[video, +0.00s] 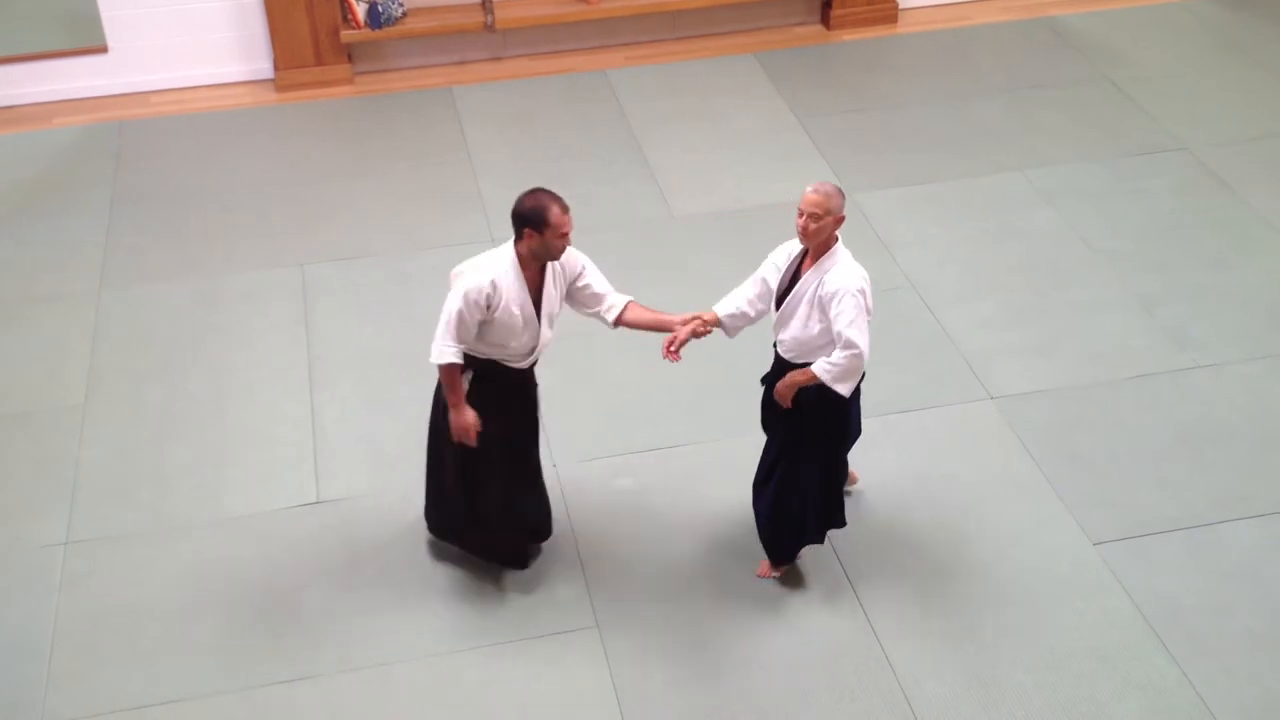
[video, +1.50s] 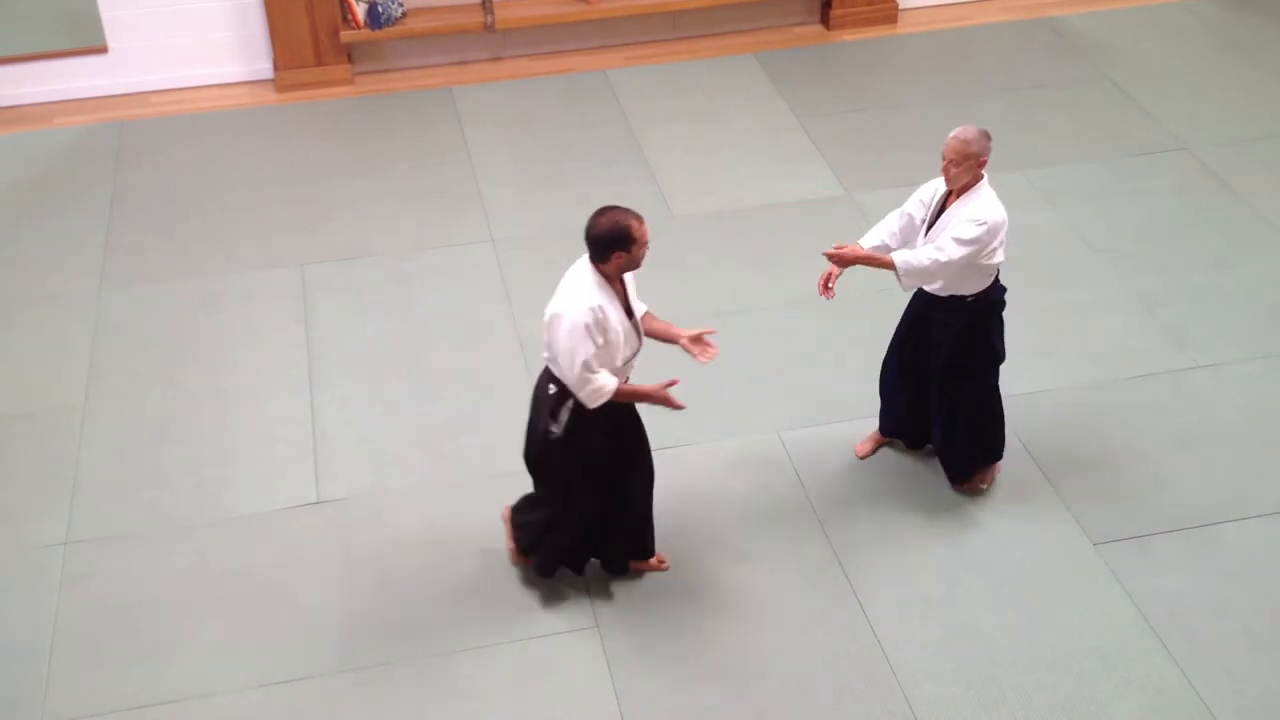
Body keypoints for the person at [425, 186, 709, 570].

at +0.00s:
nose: (568, 241)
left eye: (569, 232)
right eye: (561, 234)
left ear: (534, 236)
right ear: (529, 236)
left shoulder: (567, 265)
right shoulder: (480, 279)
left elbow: (615, 308)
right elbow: (447, 348)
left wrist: (677, 322)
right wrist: (457, 408)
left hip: (520, 379)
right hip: (476, 379)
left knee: (520, 459)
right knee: (477, 461)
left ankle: (524, 533)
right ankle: (474, 534)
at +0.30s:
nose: (598, 238)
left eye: (599, 230)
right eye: (591, 232)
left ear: (566, 233)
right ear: (558, 234)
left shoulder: (594, 260)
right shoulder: (510, 273)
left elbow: (631, 305)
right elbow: (470, 337)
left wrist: (681, 332)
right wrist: (470, 395)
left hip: (567, 366)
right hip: (515, 374)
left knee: (600, 434)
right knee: (506, 453)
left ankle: (601, 481)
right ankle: (493, 524)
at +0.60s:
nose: (615, 234)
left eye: (614, 227)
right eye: (608, 231)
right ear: (576, 237)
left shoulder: (612, 248)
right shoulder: (531, 272)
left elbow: (623, 296)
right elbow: (508, 335)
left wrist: (632, 347)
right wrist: (544, 377)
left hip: (586, 355)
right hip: (535, 363)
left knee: (606, 423)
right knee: (526, 442)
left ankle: (619, 487)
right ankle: (500, 525)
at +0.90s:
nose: (591, 236)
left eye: (589, 229)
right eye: (583, 234)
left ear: (558, 242)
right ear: (554, 246)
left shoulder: (585, 246)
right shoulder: (517, 283)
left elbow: (597, 290)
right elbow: (494, 343)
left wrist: (608, 336)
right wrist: (546, 372)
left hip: (569, 362)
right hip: (520, 376)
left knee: (592, 429)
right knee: (512, 451)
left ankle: (605, 486)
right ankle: (497, 530)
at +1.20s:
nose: (593, 249)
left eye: (592, 242)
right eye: (587, 246)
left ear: (560, 255)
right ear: (558, 257)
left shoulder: (576, 267)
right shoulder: (511, 301)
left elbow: (590, 307)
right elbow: (499, 369)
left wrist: (615, 342)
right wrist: (553, 393)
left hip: (572, 374)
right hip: (520, 390)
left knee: (600, 445)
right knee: (515, 464)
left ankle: (593, 519)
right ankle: (501, 538)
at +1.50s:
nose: (646, 249)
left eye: (645, 243)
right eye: (642, 246)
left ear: (615, 254)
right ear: (618, 257)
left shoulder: (617, 272)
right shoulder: (576, 310)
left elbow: (636, 315)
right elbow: (587, 385)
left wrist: (679, 336)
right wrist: (645, 394)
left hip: (610, 400)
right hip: (571, 414)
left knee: (633, 475)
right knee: (581, 493)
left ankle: (629, 553)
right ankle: (523, 522)